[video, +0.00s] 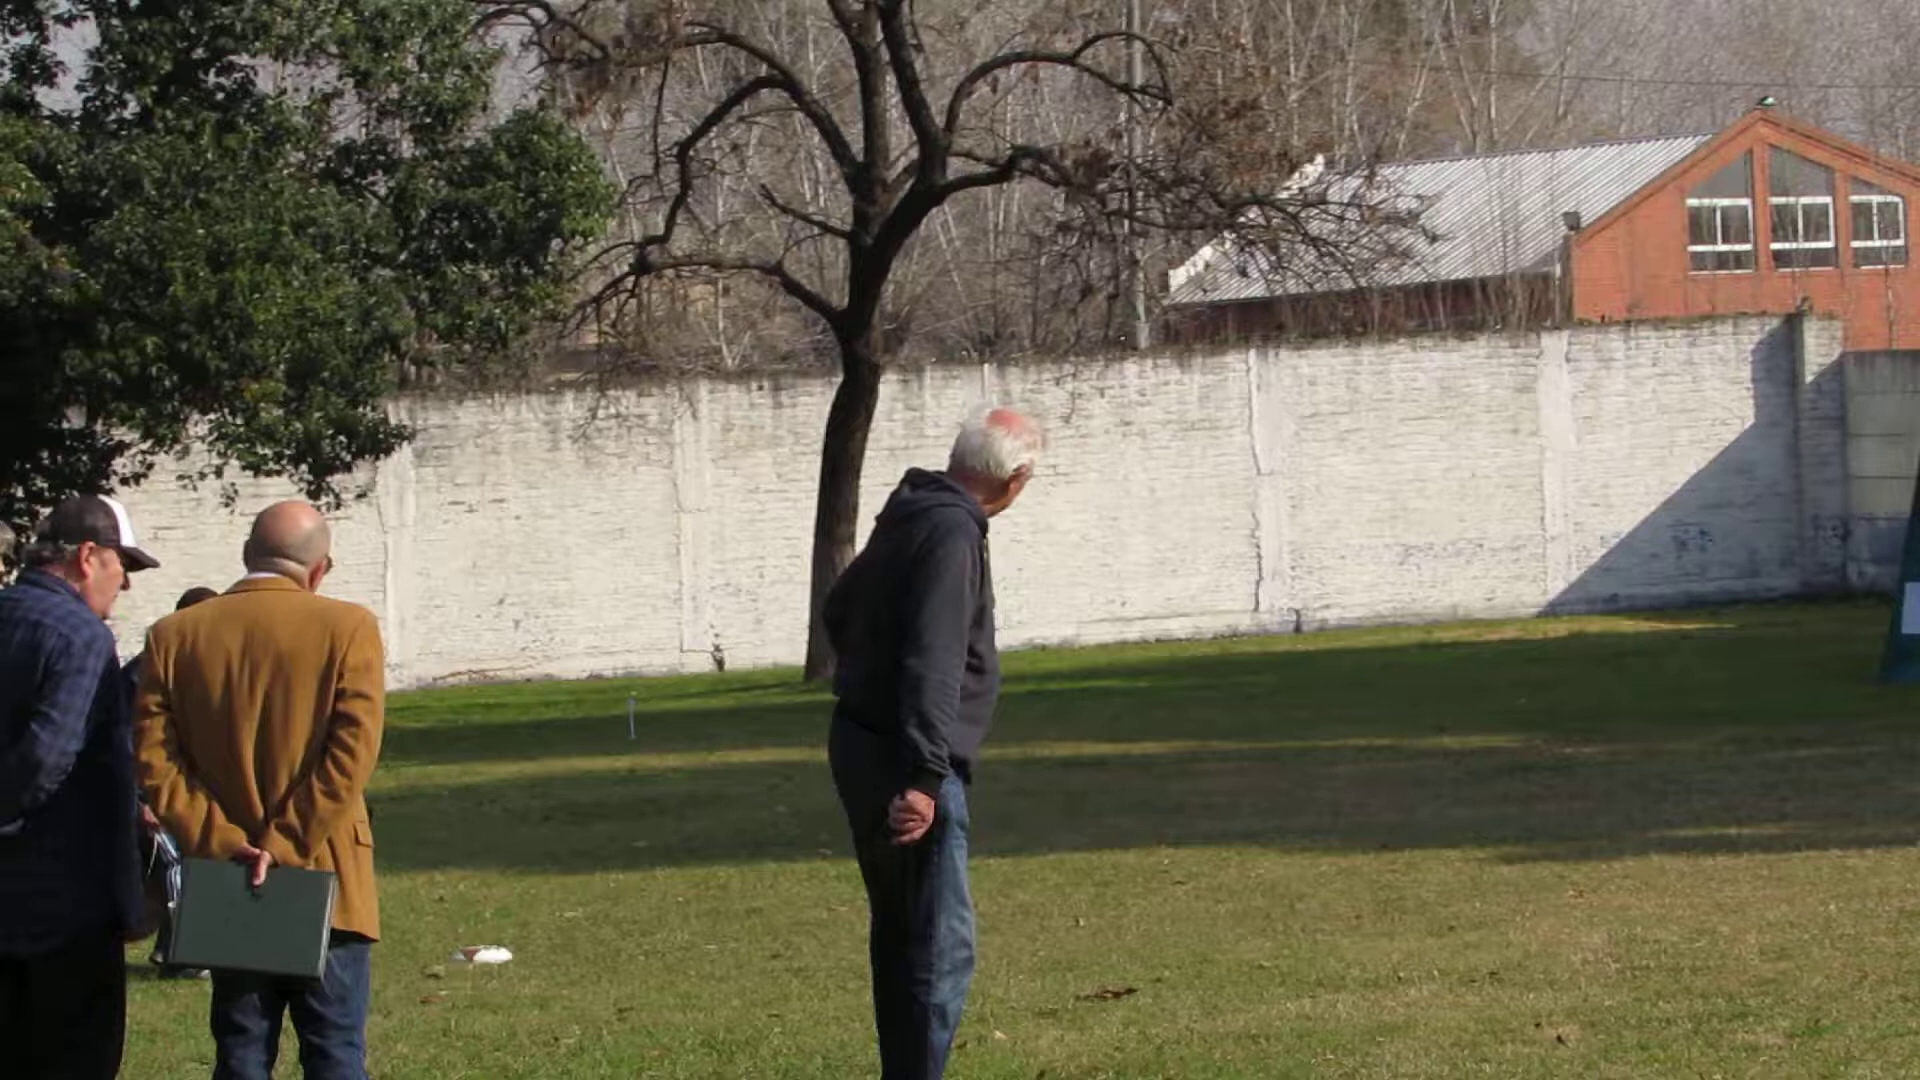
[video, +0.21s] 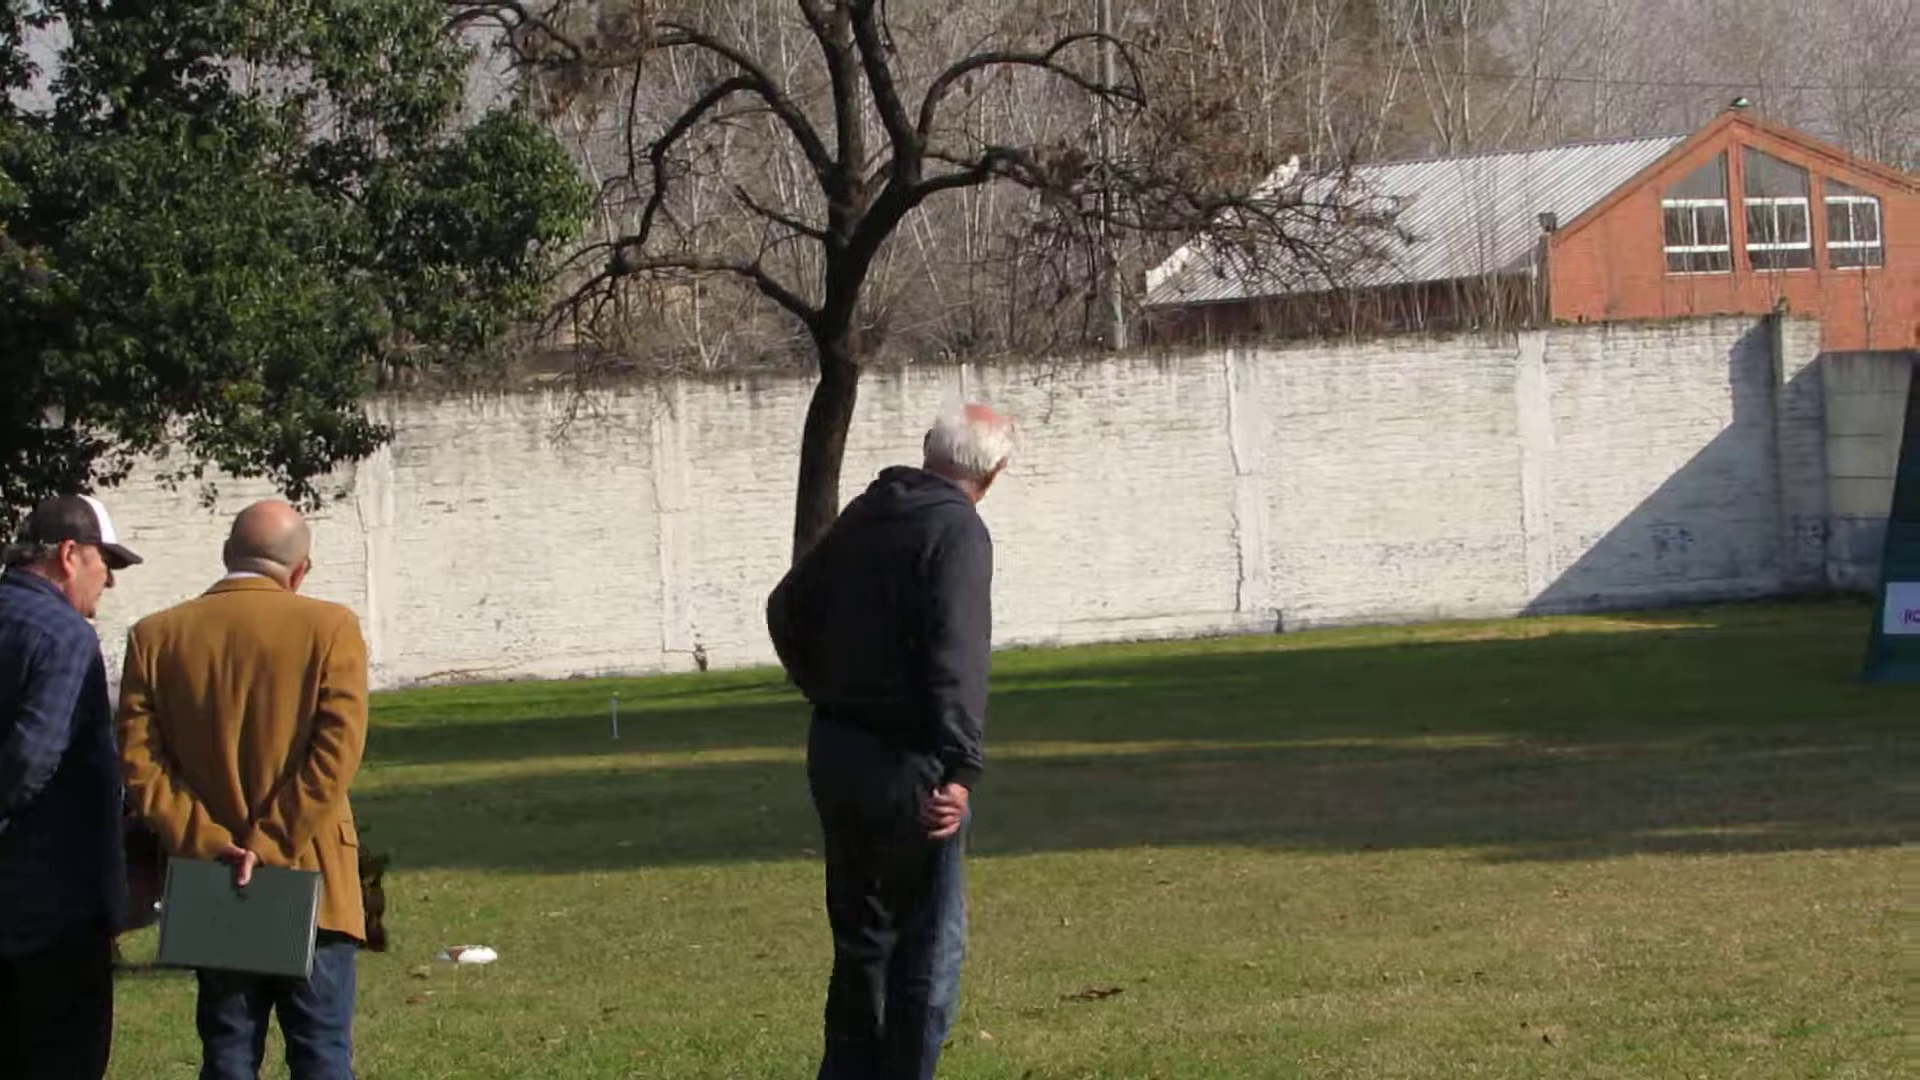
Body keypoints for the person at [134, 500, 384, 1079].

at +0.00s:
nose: (325, 571)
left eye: (322, 562)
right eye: (325, 563)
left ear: (245, 557)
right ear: (316, 569)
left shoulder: (172, 634)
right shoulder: (349, 627)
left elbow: (152, 764)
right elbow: (351, 756)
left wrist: (224, 841)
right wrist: (283, 843)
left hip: (226, 899)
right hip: (331, 895)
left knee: (241, 1055)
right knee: (336, 1053)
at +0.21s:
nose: (306, 572)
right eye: (306, 564)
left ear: (226, 557)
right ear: (297, 569)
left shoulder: (154, 636)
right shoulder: (331, 627)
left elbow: (139, 767)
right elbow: (336, 756)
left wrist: (211, 843)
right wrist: (267, 843)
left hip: (213, 900)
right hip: (317, 898)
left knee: (227, 1057)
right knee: (322, 1055)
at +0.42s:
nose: (303, 572)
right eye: (303, 562)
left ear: (222, 557)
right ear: (294, 568)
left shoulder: (152, 635)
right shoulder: (330, 625)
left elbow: (139, 762)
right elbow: (338, 750)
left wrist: (210, 841)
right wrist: (270, 839)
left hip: (213, 900)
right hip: (317, 896)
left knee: (227, 1054)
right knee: (323, 1052)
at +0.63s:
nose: (309, 567)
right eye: (309, 559)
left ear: (229, 556)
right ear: (300, 565)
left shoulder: (161, 635)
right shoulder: (340, 622)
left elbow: (148, 770)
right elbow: (350, 749)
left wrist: (226, 843)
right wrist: (282, 837)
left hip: (222, 898)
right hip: (329, 896)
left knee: (237, 1053)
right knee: (333, 1050)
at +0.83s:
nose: (312, 570)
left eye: (311, 561)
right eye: (311, 561)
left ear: (232, 558)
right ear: (300, 565)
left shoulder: (166, 636)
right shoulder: (344, 624)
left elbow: (154, 766)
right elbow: (357, 747)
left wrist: (232, 846)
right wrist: (289, 838)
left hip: (227, 898)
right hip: (333, 894)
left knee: (242, 1051)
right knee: (338, 1050)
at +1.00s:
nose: (317, 570)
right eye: (316, 561)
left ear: (237, 558)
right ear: (308, 567)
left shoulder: (171, 638)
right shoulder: (350, 625)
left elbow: (159, 767)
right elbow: (361, 752)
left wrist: (236, 846)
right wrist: (293, 840)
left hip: (230, 896)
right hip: (335, 893)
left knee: (243, 1051)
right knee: (339, 1051)